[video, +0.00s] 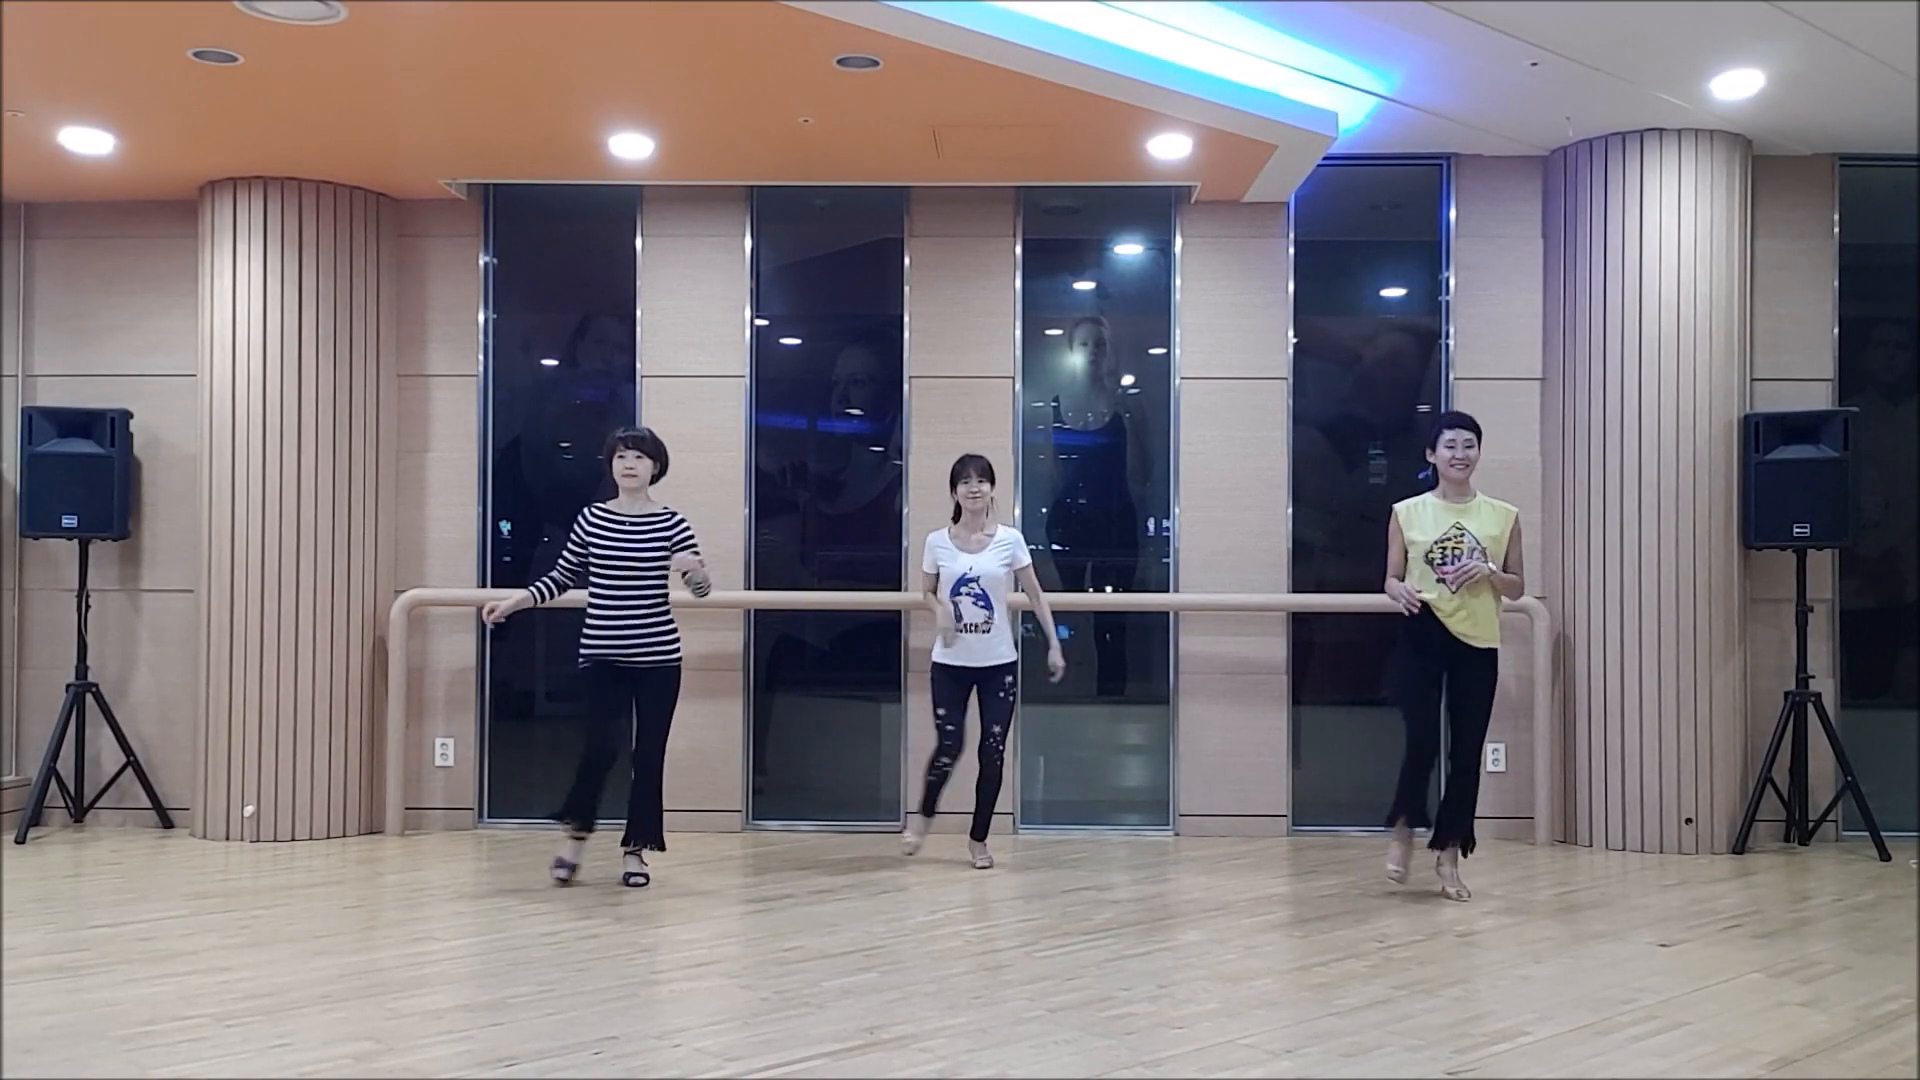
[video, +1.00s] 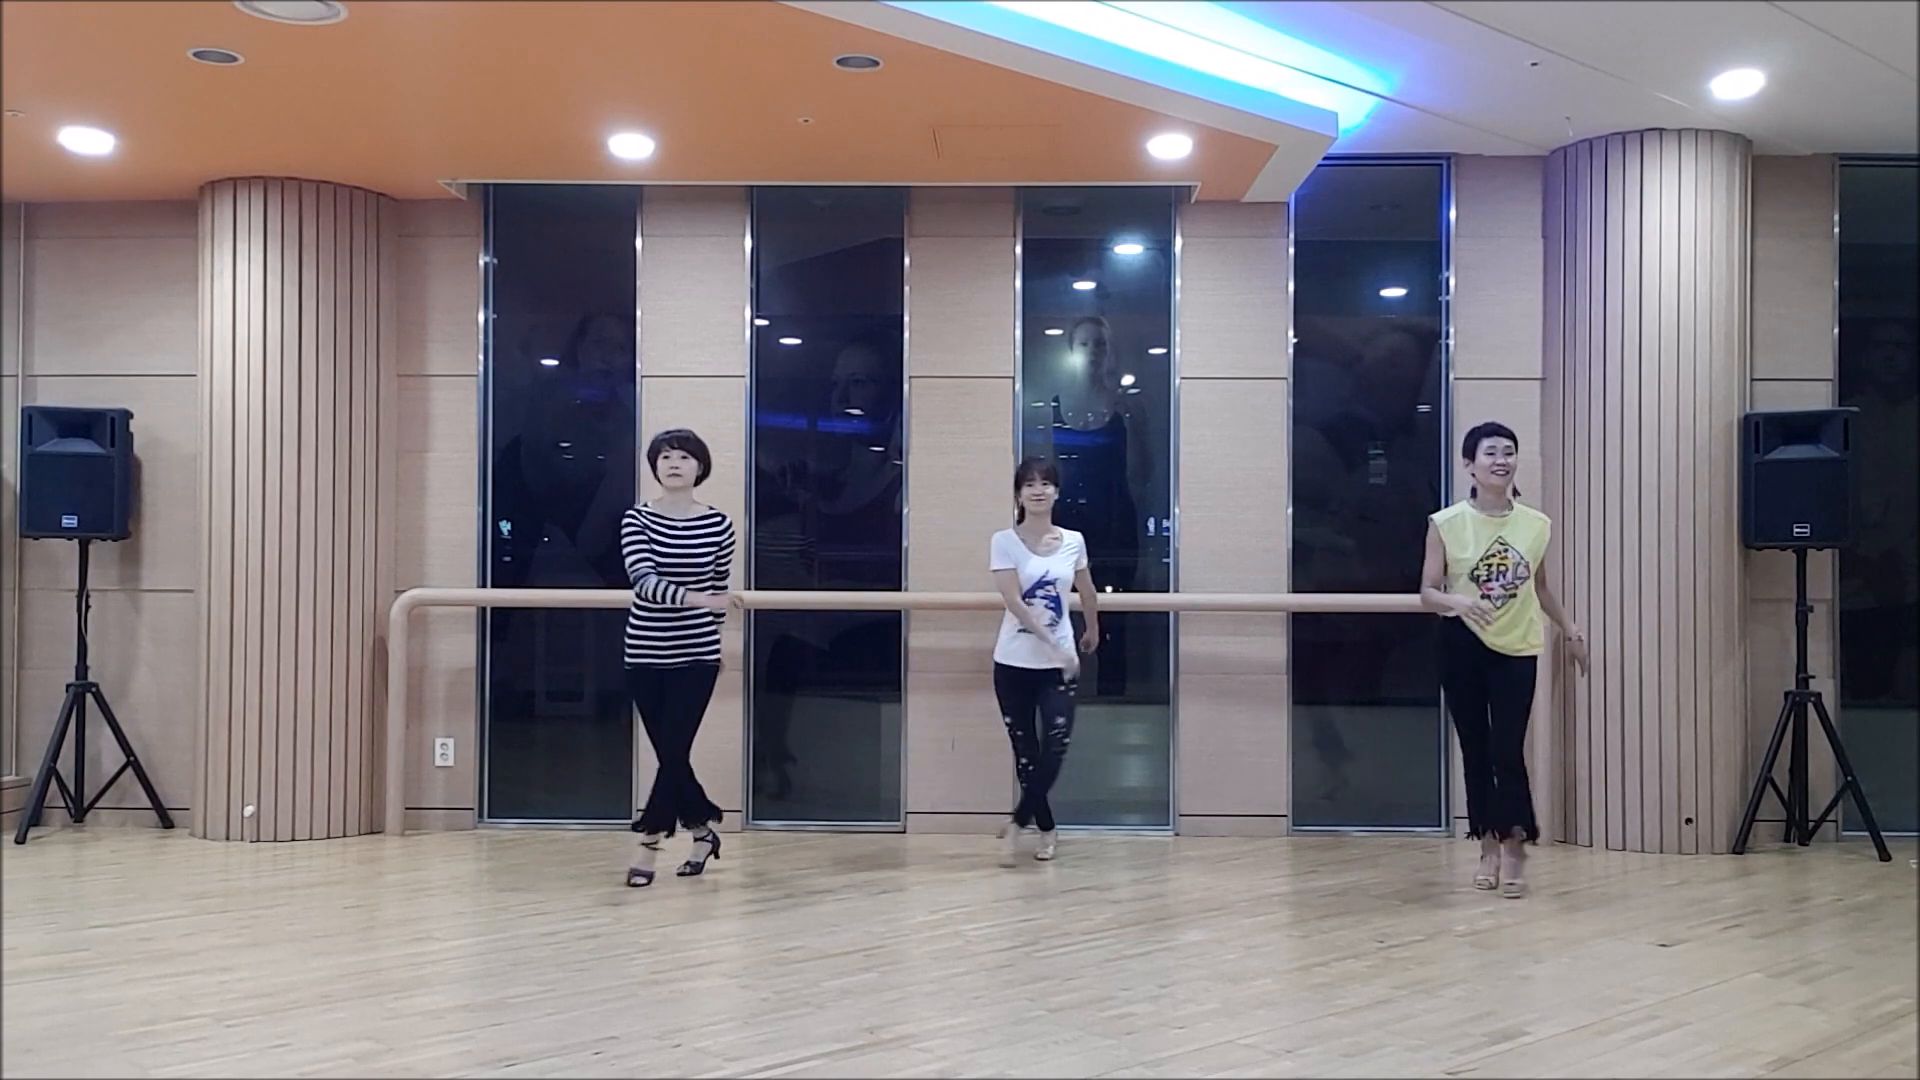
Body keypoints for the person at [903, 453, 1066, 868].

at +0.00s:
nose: (974, 488)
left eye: (981, 481)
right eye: (965, 482)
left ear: (993, 488)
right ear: (954, 490)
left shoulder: (1010, 539)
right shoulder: (937, 542)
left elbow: (1035, 593)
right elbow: (926, 593)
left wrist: (1054, 643)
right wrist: (941, 607)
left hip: (998, 663)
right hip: (949, 663)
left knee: (993, 752)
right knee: (949, 747)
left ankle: (978, 838)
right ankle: (922, 817)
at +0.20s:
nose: (977, 490)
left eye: (983, 483)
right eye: (968, 484)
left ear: (994, 491)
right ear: (956, 492)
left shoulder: (1008, 544)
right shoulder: (937, 541)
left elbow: (1021, 600)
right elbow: (928, 585)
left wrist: (1023, 639)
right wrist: (910, 606)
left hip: (1000, 663)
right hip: (953, 664)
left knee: (996, 752)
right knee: (967, 748)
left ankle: (980, 839)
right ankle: (941, 814)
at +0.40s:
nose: (978, 488)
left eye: (985, 482)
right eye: (969, 482)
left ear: (996, 490)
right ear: (958, 491)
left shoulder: (1012, 542)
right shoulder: (940, 543)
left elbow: (1030, 599)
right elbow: (928, 601)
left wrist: (1040, 639)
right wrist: (923, 605)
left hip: (995, 664)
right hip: (946, 661)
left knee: (990, 753)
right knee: (916, 744)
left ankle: (978, 841)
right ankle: (888, 830)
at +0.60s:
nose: (987, 489)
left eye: (995, 483)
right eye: (979, 483)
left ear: (1007, 490)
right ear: (968, 493)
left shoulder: (1024, 544)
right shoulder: (951, 541)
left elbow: (1055, 592)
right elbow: (941, 600)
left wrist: (1072, 632)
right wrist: (963, 589)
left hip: (1002, 665)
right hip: (954, 660)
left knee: (992, 754)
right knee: (920, 746)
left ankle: (978, 842)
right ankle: (888, 832)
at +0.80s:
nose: (1007, 491)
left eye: (1015, 484)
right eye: (999, 485)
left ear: (1026, 492)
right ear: (988, 493)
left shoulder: (1043, 543)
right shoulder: (972, 539)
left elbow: (1079, 592)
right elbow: (980, 589)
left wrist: (1115, 637)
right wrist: (1028, 575)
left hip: (1026, 663)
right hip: (981, 660)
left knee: (1004, 754)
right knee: (954, 747)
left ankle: (980, 841)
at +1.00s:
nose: (1038, 490)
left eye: (1045, 484)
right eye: (1029, 484)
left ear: (1056, 491)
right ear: (1018, 493)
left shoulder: (1072, 541)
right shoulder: (1005, 540)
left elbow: (1086, 591)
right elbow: (1015, 602)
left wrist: (1093, 628)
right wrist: (1055, 646)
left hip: (1059, 660)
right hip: (1013, 661)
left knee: (1056, 746)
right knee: (1026, 751)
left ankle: (1015, 823)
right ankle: (1047, 831)